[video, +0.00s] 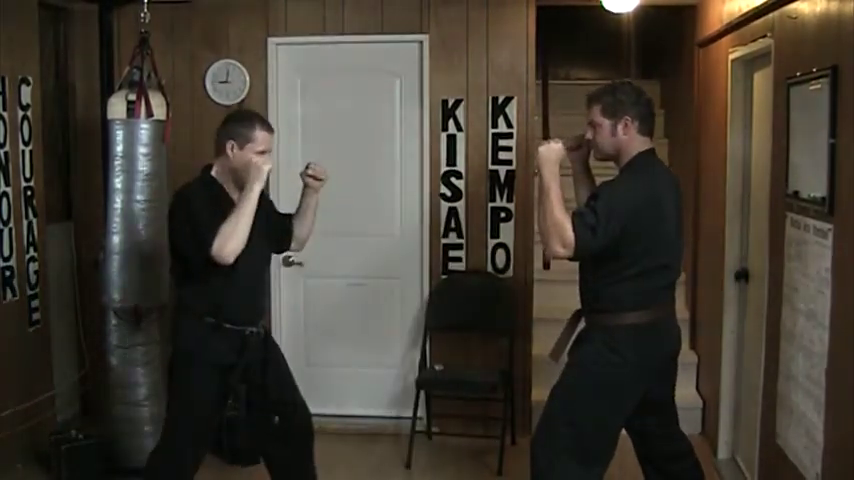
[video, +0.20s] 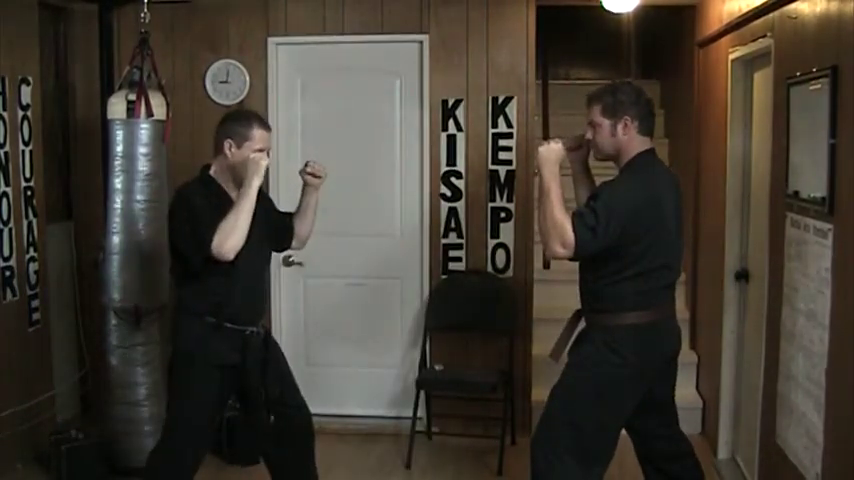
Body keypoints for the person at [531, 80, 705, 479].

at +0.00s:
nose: (588, 136)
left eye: (594, 126)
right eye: (588, 127)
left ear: (625, 127)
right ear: (628, 127)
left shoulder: (631, 185)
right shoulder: (661, 179)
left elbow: (562, 243)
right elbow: (599, 227)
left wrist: (548, 170)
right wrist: (581, 167)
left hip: (618, 342)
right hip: (655, 336)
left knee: (556, 455)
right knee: (665, 450)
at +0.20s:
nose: (588, 135)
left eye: (594, 126)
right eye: (588, 126)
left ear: (625, 126)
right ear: (628, 127)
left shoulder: (629, 187)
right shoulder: (662, 180)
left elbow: (562, 243)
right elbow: (599, 227)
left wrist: (548, 171)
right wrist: (580, 167)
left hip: (618, 342)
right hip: (657, 336)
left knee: (556, 454)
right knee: (664, 449)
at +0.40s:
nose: (589, 136)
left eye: (594, 126)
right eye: (588, 127)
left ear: (624, 127)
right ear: (628, 127)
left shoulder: (629, 186)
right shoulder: (662, 180)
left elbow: (562, 244)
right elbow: (600, 228)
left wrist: (547, 172)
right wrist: (580, 168)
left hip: (618, 342)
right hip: (656, 336)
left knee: (556, 454)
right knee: (665, 450)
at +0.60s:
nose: (588, 136)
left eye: (593, 126)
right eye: (587, 127)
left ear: (624, 127)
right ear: (627, 127)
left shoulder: (629, 186)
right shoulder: (662, 180)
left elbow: (562, 244)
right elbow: (599, 227)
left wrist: (548, 172)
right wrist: (579, 167)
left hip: (618, 341)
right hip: (655, 335)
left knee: (556, 453)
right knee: (663, 448)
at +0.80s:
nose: (587, 137)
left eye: (592, 127)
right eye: (586, 128)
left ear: (622, 127)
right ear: (626, 127)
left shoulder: (628, 186)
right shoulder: (661, 180)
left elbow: (562, 244)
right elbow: (598, 227)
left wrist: (548, 171)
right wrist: (578, 167)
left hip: (616, 342)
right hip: (654, 335)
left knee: (556, 454)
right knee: (663, 448)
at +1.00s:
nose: (585, 137)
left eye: (590, 127)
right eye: (585, 128)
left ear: (621, 127)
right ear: (625, 127)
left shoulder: (627, 187)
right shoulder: (660, 180)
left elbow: (561, 244)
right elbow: (595, 227)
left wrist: (547, 172)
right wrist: (576, 168)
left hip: (616, 342)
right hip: (653, 336)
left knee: (556, 454)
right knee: (663, 448)